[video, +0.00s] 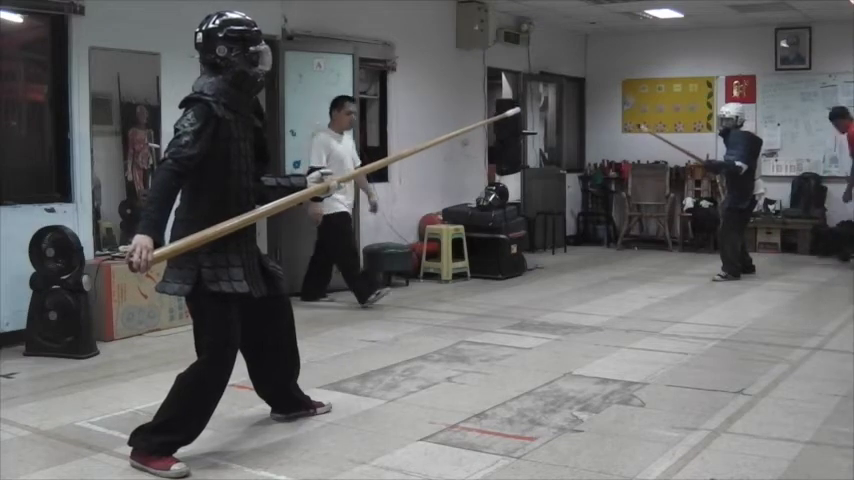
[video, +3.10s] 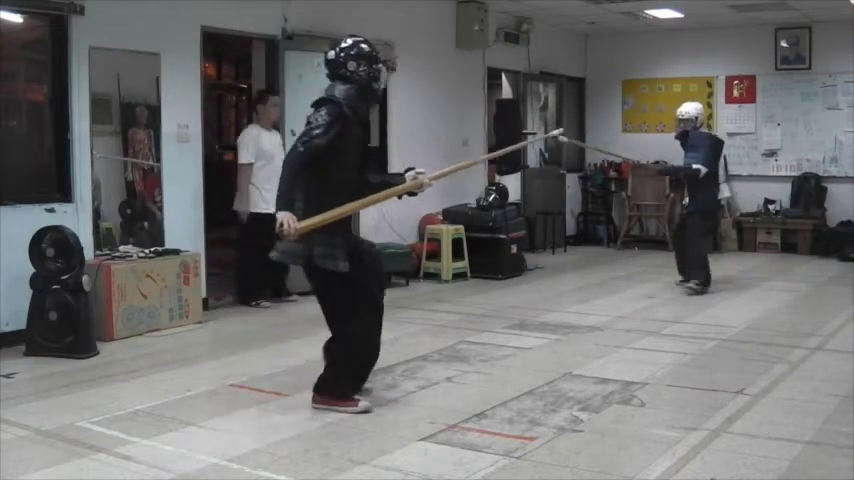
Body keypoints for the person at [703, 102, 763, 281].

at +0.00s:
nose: (722, 124)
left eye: (726, 120)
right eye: (721, 120)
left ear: (736, 121)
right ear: (722, 120)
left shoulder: (741, 138)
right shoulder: (733, 138)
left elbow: (738, 166)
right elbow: (732, 163)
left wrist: (711, 165)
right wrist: (713, 166)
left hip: (741, 194)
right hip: (738, 193)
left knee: (727, 230)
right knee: (733, 229)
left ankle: (731, 270)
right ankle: (745, 264)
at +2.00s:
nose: (718, 123)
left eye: (722, 119)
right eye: (717, 119)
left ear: (732, 120)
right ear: (718, 120)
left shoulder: (737, 137)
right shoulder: (728, 138)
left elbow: (734, 166)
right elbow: (728, 164)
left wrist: (705, 166)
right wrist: (705, 166)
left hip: (737, 193)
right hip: (734, 192)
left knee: (727, 230)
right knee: (732, 229)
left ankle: (731, 270)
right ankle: (744, 263)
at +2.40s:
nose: (711, 122)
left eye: (715, 118)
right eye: (710, 118)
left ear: (726, 119)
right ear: (710, 119)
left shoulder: (731, 138)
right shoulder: (719, 138)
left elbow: (725, 168)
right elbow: (721, 164)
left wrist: (698, 163)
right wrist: (702, 166)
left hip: (728, 194)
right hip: (725, 193)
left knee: (722, 230)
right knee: (731, 227)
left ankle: (727, 273)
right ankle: (743, 260)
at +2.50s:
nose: (708, 120)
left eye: (712, 116)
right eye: (707, 116)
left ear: (723, 117)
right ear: (707, 117)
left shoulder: (729, 136)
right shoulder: (715, 135)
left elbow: (721, 166)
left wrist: (696, 161)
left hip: (728, 194)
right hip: (721, 193)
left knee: (723, 230)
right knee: (721, 229)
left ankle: (727, 272)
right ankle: (734, 260)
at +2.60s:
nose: (703, 120)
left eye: (707, 115)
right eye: (701, 115)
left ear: (718, 116)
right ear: (700, 115)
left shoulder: (724, 134)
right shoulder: (712, 134)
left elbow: (717, 162)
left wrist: (688, 158)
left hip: (727, 194)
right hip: (718, 193)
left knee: (722, 232)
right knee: (714, 230)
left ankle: (727, 273)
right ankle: (717, 265)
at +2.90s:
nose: (690, 122)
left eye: (694, 118)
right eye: (688, 118)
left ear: (705, 118)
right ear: (686, 118)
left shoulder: (713, 136)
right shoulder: (697, 138)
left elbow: (706, 166)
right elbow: (698, 165)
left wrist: (677, 164)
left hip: (711, 197)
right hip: (697, 197)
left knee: (703, 232)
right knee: (690, 235)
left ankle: (722, 263)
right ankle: (696, 276)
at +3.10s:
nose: (681, 126)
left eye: (685, 121)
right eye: (680, 121)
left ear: (696, 121)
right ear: (680, 121)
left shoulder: (704, 140)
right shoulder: (690, 141)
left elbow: (697, 171)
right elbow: (691, 168)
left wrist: (668, 170)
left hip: (704, 200)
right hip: (693, 199)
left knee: (695, 236)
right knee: (681, 234)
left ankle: (700, 279)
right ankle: (689, 273)